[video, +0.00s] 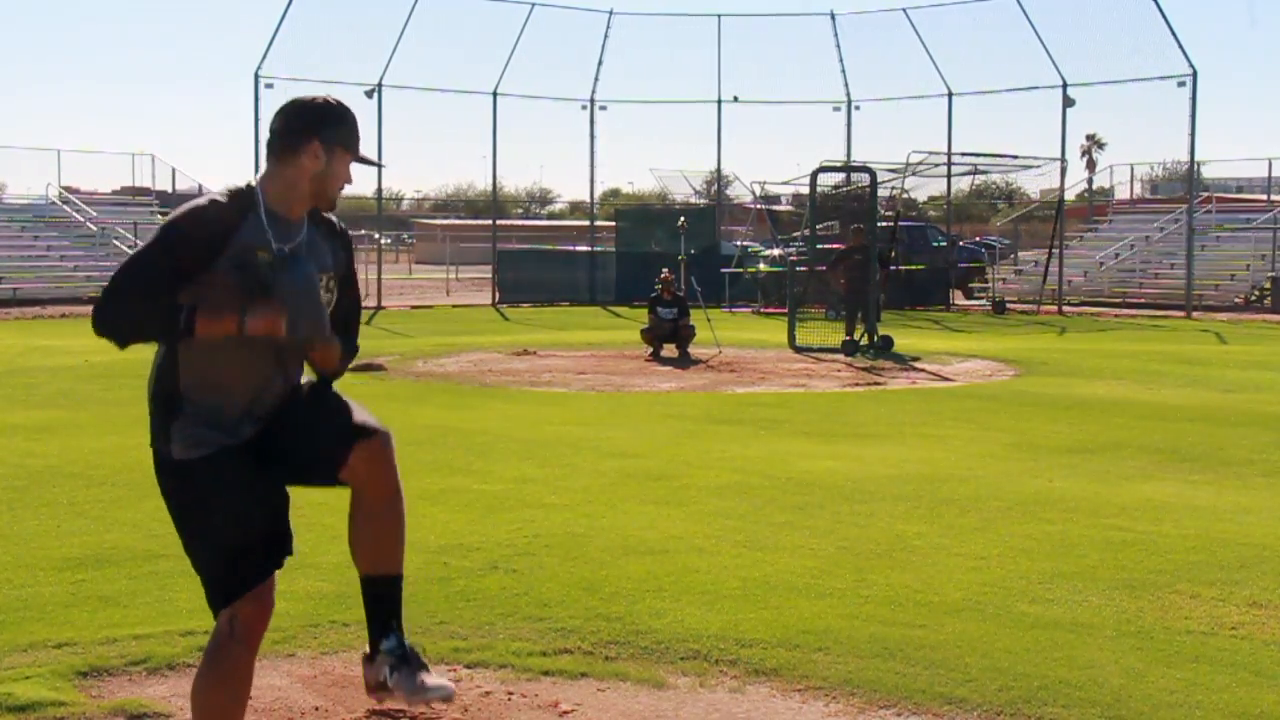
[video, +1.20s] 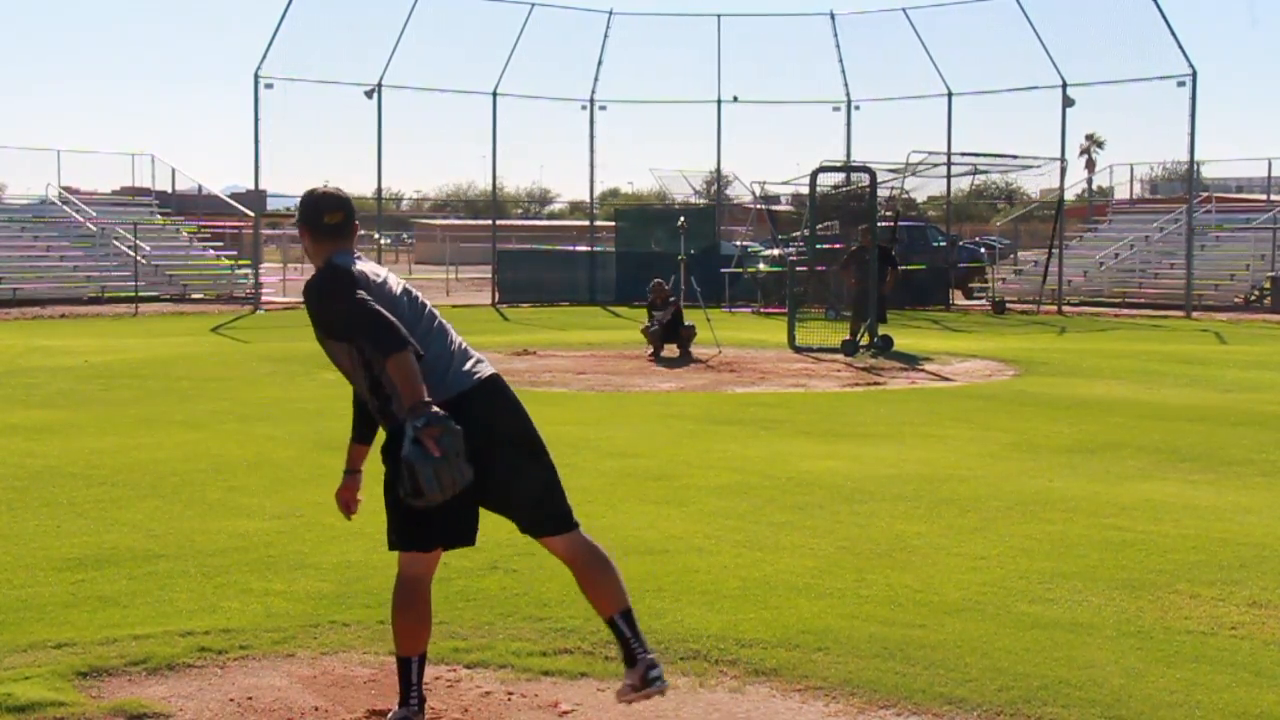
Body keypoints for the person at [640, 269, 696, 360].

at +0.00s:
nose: (667, 286)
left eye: (670, 283)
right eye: (664, 284)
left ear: (673, 285)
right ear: (661, 285)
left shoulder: (680, 299)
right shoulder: (654, 299)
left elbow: (685, 319)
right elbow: (651, 318)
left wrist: (674, 325)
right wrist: (663, 325)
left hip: (676, 328)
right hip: (660, 329)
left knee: (689, 329)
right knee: (645, 333)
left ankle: (682, 349)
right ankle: (656, 347)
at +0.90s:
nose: (667, 286)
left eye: (669, 283)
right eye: (664, 284)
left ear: (673, 284)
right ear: (660, 285)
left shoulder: (679, 299)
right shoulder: (654, 299)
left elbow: (685, 317)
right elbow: (649, 314)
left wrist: (675, 317)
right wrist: (652, 320)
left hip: (675, 325)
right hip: (660, 325)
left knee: (688, 330)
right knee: (648, 331)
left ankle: (683, 349)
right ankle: (656, 348)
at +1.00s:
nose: (664, 288)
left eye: (666, 285)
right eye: (661, 285)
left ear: (670, 286)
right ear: (658, 286)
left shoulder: (676, 299)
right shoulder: (653, 300)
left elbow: (682, 313)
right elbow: (649, 316)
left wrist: (672, 312)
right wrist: (648, 322)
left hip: (675, 324)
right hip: (660, 324)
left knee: (689, 330)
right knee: (649, 330)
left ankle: (683, 349)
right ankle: (656, 348)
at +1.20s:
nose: (658, 294)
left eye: (660, 291)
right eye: (655, 292)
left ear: (665, 291)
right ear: (651, 293)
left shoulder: (673, 302)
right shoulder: (651, 305)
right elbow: (651, 319)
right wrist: (653, 323)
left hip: (674, 330)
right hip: (660, 330)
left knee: (689, 329)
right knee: (651, 331)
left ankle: (684, 350)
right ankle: (656, 349)